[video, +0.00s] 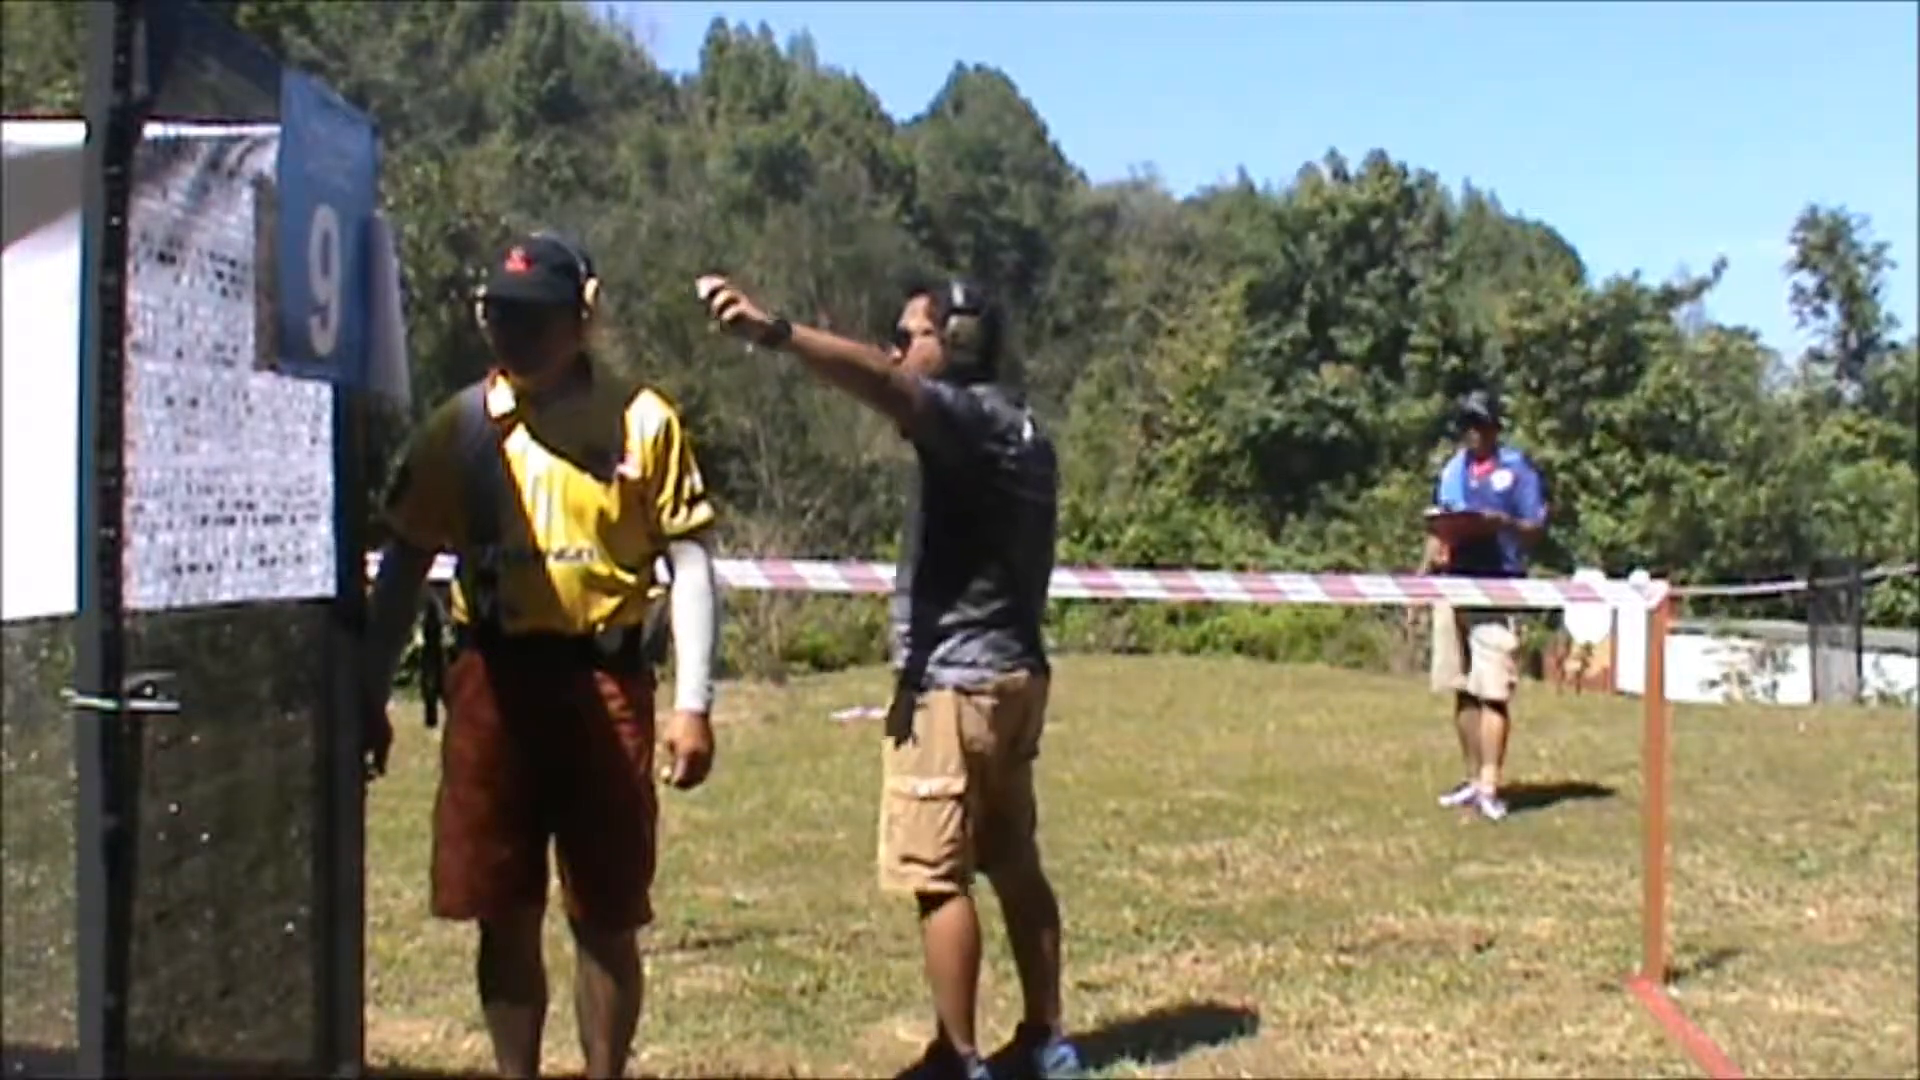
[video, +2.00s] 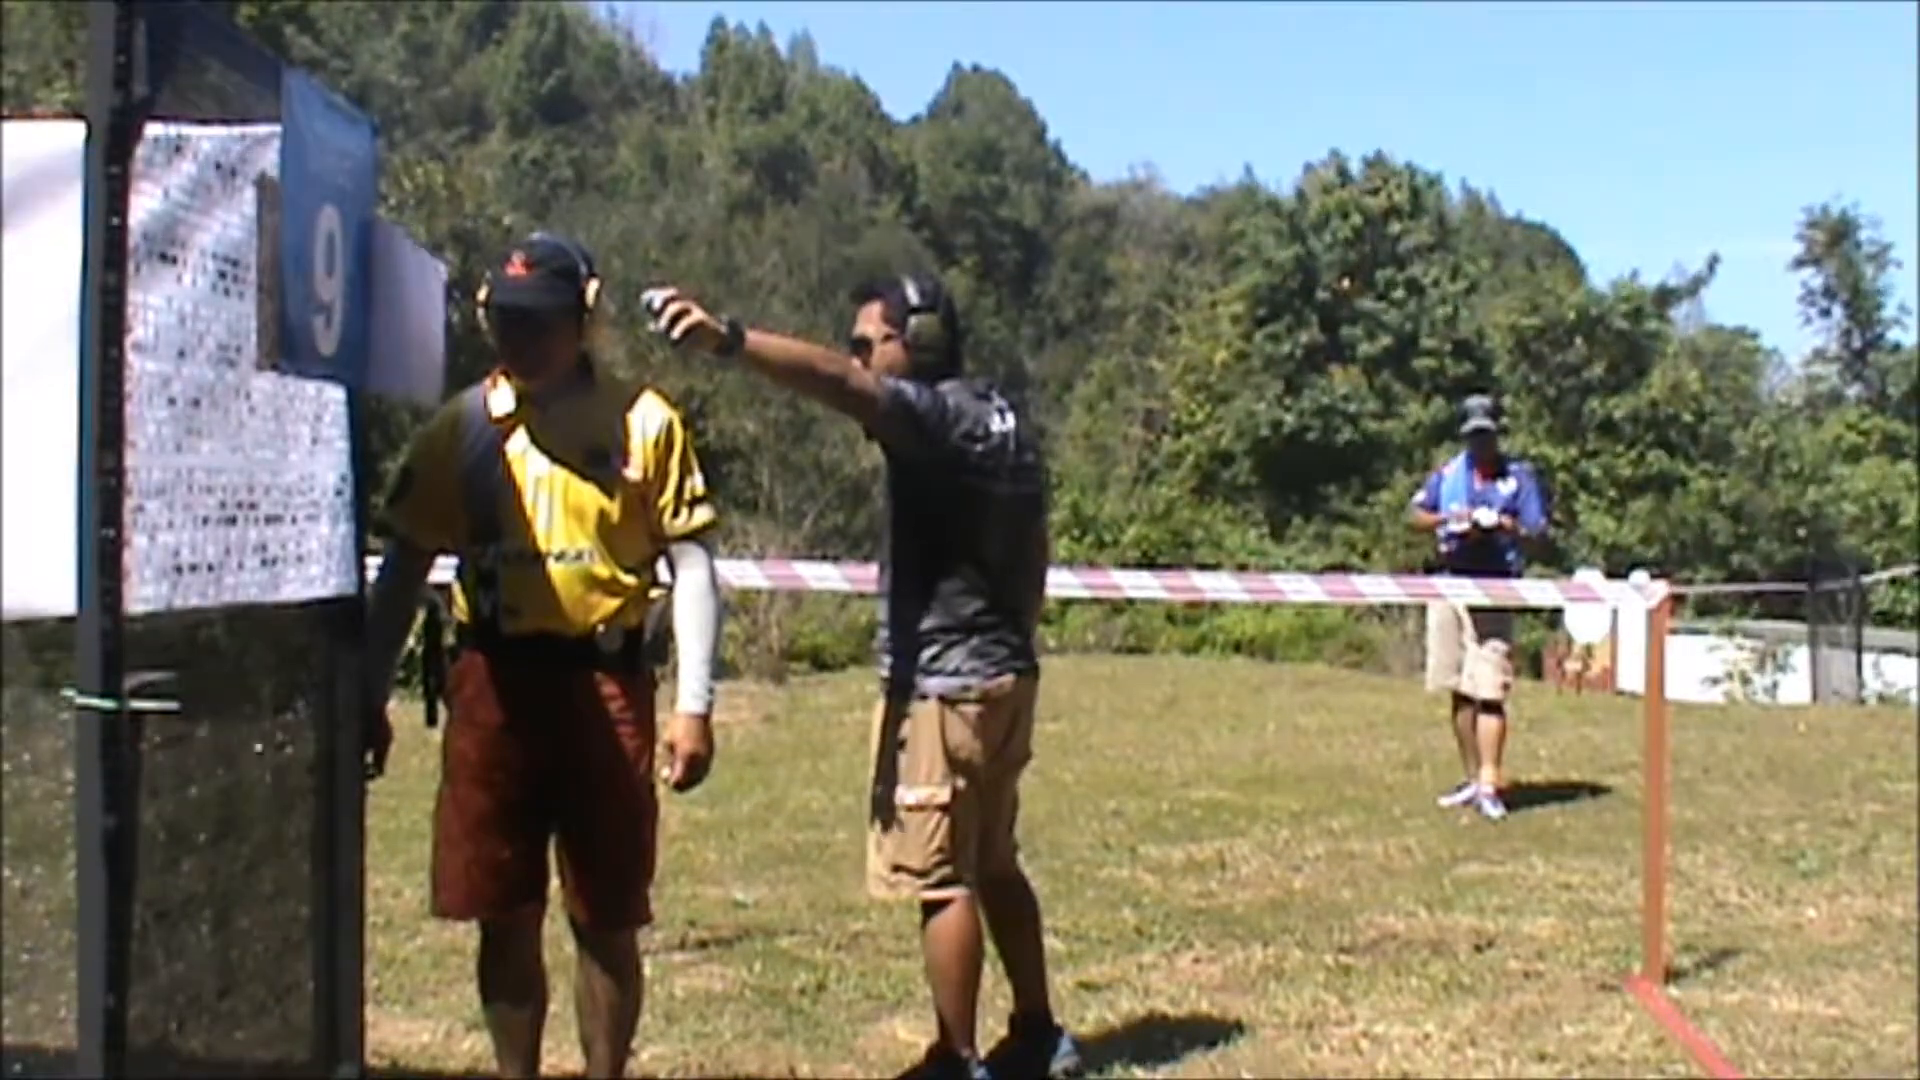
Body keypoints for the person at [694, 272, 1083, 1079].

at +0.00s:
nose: (898, 351)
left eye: (911, 338)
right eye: (901, 336)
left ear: (953, 347)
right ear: (980, 350)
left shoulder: (963, 417)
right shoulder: (1026, 433)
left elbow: (883, 380)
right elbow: (1020, 571)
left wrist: (778, 330)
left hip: (956, 677)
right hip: (1016, 672)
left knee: (938, 875)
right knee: (1015, 863)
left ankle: (954, 1052)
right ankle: (1046, 1035)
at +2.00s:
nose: (859, 359)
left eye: (869, 344)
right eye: (858, 344)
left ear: (918, 341)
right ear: (941, 343)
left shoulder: (931, 412)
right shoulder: (1005, 418)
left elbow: (843, 379)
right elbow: (1029, 558)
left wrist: (729, 338)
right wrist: (1011, 650)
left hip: (949, 677)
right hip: (1005, 671)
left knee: (939, 876)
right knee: (994, 866)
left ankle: (954, 1055)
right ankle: (1038, 1029)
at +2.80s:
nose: (903, 373)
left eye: (913, 357)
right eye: (902, 357)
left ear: (954, 355)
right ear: (985, 355)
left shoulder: (982, 419)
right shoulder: (1048, 425)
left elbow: (893, 388)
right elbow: (1069, 550)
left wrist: (784, 352)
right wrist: (1040, 634)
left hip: (996, 676)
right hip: (1046, 672)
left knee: (935, 864)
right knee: (1031, 845)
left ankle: (950, 1050)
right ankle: (1123, 1004)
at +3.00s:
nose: (982, 396)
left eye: (994, 384)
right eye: (981, 383)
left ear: (1036, 386)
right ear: (1062, 390)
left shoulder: (1056, 445)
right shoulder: (1113, 461)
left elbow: (977, 409)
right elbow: (1084, 586)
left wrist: (882, 365)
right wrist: (1006, 618)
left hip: (1050, 696)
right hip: (1099, 695)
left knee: (948, 868)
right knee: (1071, 856)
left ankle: (952, 1052)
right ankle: (1198, 990)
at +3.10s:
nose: (1051, 414)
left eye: (1062, 397)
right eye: (1047, 399)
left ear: (1101, 392)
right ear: (1121, 397)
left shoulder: (1130, 459)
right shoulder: (1168, 469)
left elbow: (1055, 425)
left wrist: (963, 379)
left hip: (1110, 700)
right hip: (1155, 702)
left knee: (1015, 867)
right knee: (1122, 876)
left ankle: (957, 1041)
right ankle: (1226, 1012)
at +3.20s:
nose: (1096, 410)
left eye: (1105, 397)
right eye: (1093, 398)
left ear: (1143, 395)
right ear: (1151, 398)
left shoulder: (1174, 459)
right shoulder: (1201, 469)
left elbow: (1104, 418)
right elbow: (1180, 607)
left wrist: (1018, 378)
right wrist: (1109, 670)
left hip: (1155, 700)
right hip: (1193, 701)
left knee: (1053, 860)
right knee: (1147, 878)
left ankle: (1008, 1035)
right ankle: (1226, 1014)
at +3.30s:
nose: (1145, 386)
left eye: (1152, 373)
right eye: (1144, 375)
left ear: (1189, 376)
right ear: (1198, 380)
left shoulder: (1239, 451)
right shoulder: (1231, 460)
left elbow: (1168, 409)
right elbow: (1223, 582)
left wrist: (1088, 368)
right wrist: (1165, 659)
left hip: (1218, 685)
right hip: (1216, 683)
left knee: (1114, 838)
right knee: (1173, 856)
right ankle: (1227, 1013)